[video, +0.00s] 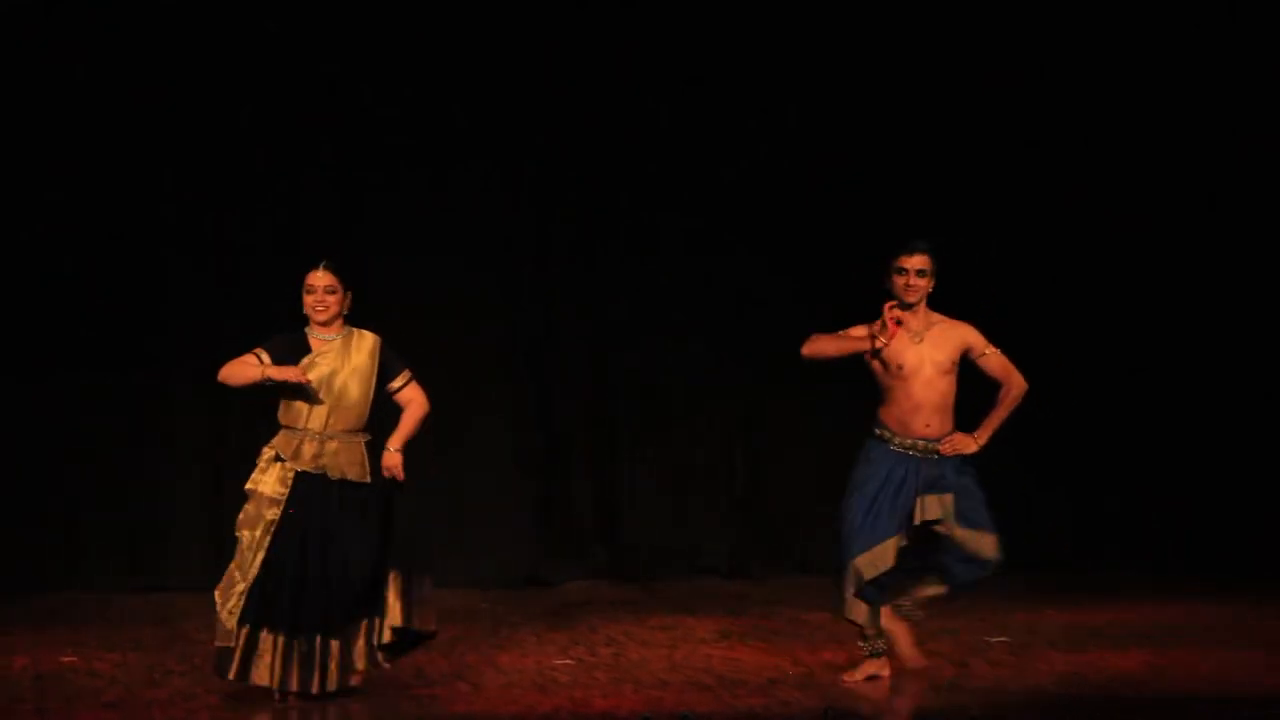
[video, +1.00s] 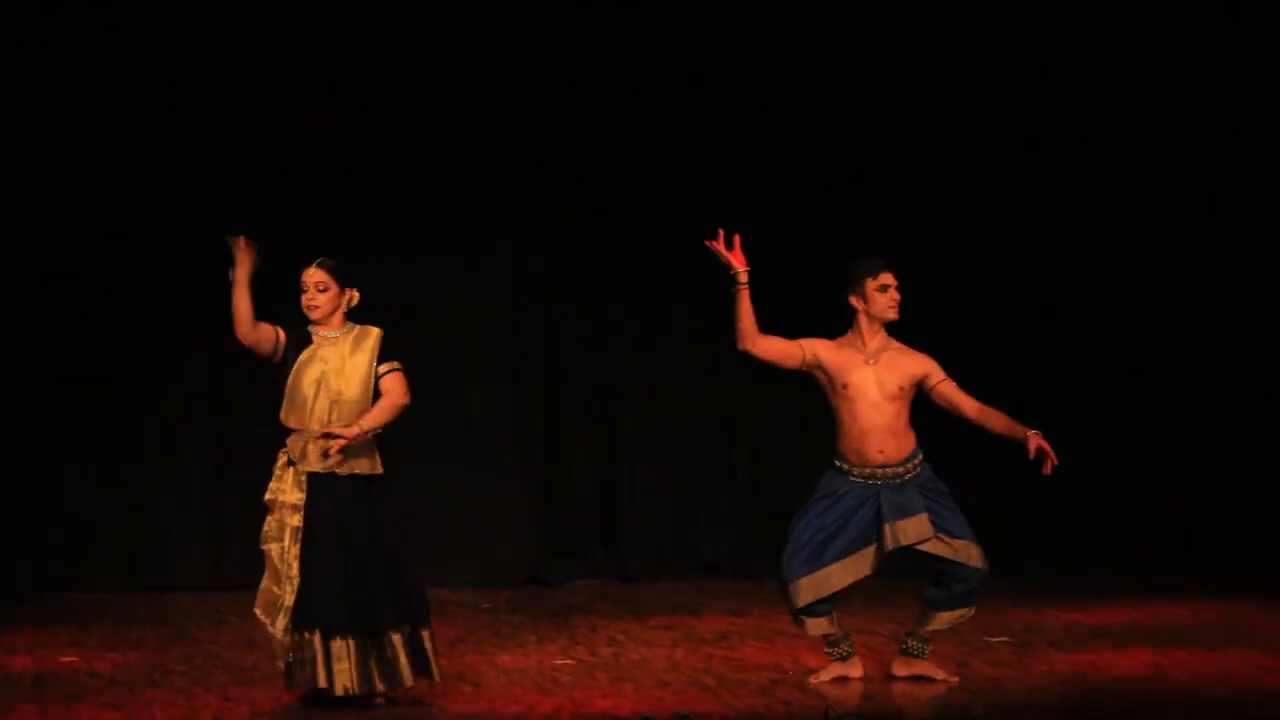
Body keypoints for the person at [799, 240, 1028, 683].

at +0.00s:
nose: (911, 282)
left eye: (920, 274)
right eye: (902, 273)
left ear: (932, 281)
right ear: (890, 278)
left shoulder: (958, 334)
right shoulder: (876, 333)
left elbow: (1015, 384)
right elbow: (810, 348)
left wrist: (978, 436)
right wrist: (871, 340)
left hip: (943, 455)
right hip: (888, 452)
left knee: (976, 550)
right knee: (866, 549)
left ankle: (898, 605)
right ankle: (876, 654)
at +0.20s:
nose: (933, 278)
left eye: (940, 270)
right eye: (923, 270)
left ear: (947, 276)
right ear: (905, 277)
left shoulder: (973, 327)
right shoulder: (894, 332)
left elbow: (1036, 363)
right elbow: (837, 362)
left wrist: (1003, 421)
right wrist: (895, 358)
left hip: (969, 452)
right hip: (913, 451)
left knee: (1003, 546)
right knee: (881, 539)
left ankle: (963, 651)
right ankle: (877, 652)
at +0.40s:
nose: (951, 272)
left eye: (956, 264)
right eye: (940, 264)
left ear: (963, 272)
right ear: (920, 273)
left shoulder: (984, 320)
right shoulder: (913, 328)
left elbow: (1054, 325)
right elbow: (871, 355)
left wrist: (1035, 354)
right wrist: (926, 368)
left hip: (980, 447)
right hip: (931, 449)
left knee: (1006, 541)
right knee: (948, 550)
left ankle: (962, 647)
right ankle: (940, 631)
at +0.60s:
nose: (895, 297)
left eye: (896, 290)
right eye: (885, 290)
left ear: (896, 299)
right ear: (857, 299)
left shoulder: (915, 360)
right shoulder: (824, 352)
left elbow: (975, 407)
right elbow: (751, 339)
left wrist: (1026, 431)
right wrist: (743, 276)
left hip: (911, 478)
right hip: (849, 481)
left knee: (965, 564)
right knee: (800, 566)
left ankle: (913, 655)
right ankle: (843, 659)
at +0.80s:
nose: (896, 296)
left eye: (896, 289)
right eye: (885, 290)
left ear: (893, 299)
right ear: (857, 300)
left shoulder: (914, 361)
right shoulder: (824, 353)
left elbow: (973, 408)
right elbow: (751, 340)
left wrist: (1026, 432)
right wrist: (744, 277)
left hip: (912, 479)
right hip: (849, 481)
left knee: (965, 564)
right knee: (800, 564)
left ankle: (913, 656)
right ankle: (843, 659)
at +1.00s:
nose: (896, 296)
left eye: (896, 289)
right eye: (885, 290)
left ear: (894, 299)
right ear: (857, 300)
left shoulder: (914, 362)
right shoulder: (824, 353)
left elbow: (973, 409)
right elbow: (750, 342)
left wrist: (1025, 434)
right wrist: (740, 279)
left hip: (912, 480)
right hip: (849, 482)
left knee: (965, 565)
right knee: (800, 566)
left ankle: (912, 656)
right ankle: (843, 659)